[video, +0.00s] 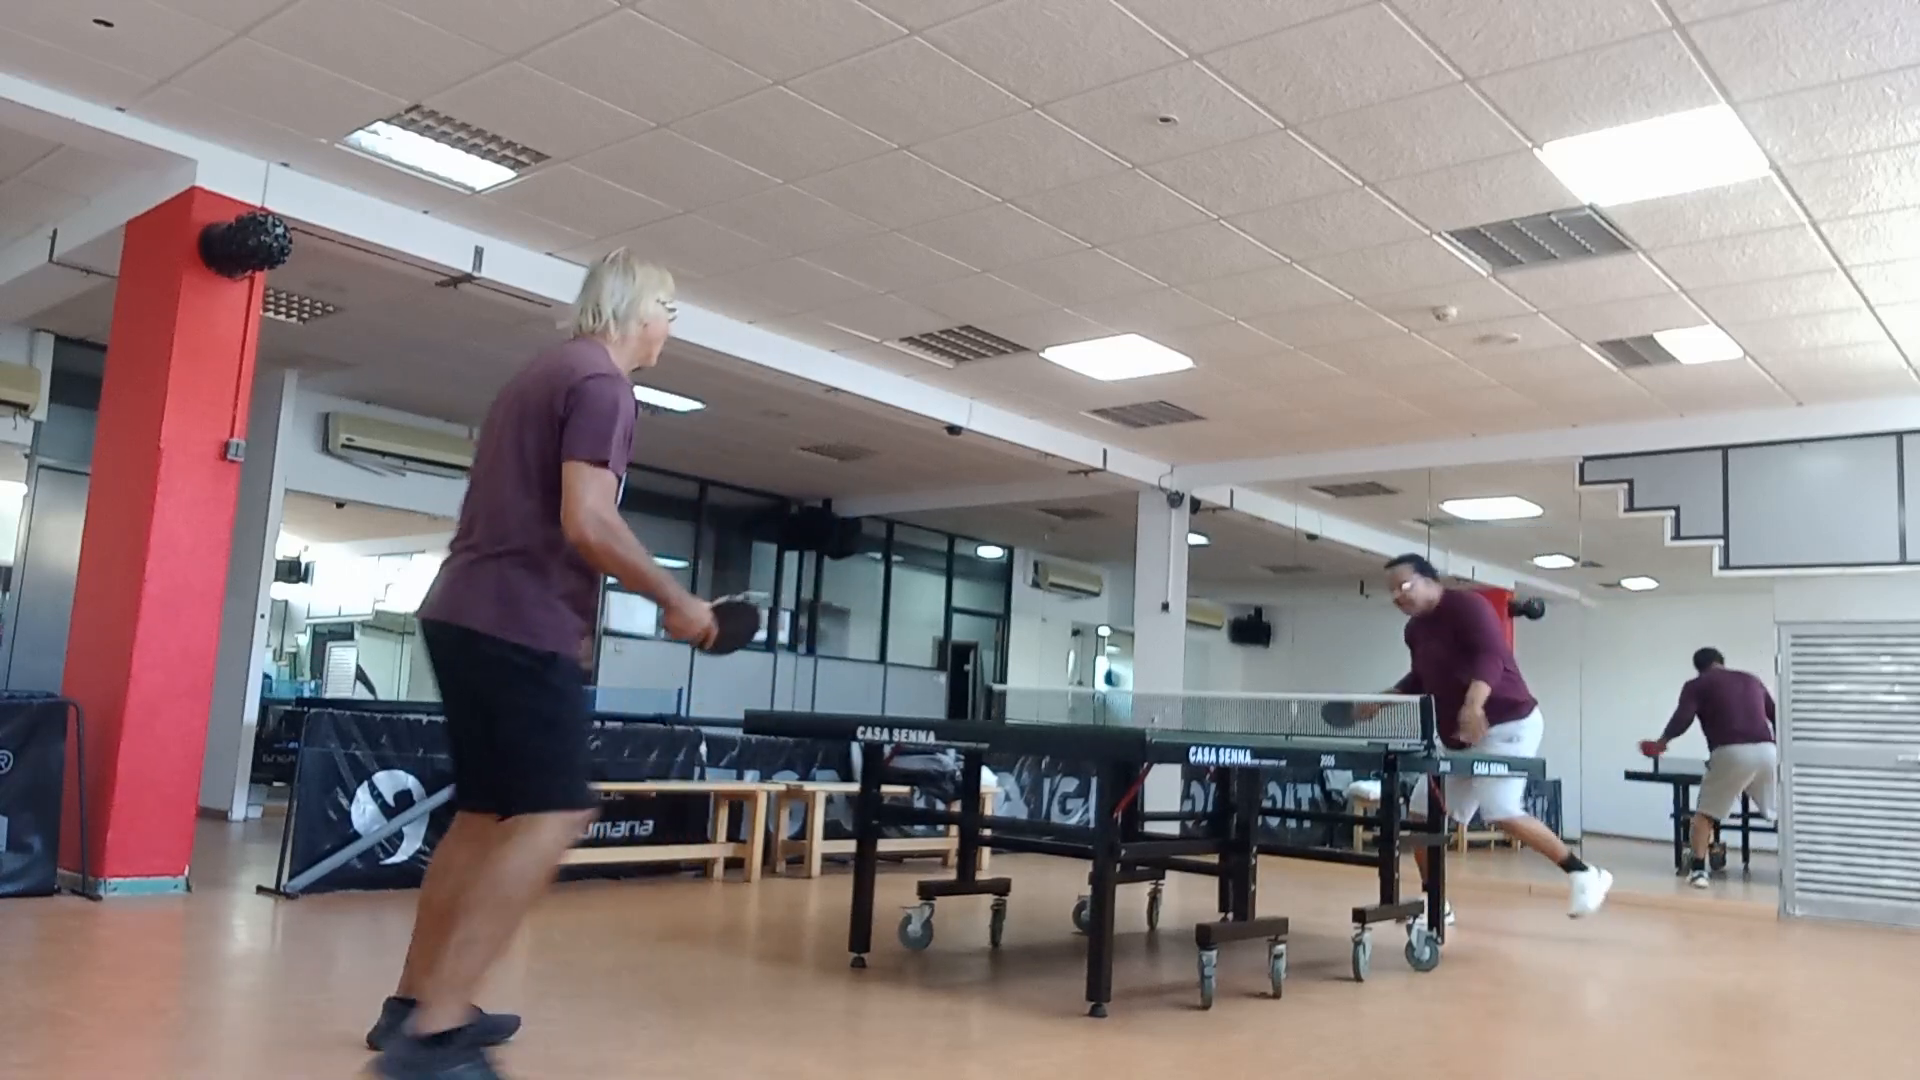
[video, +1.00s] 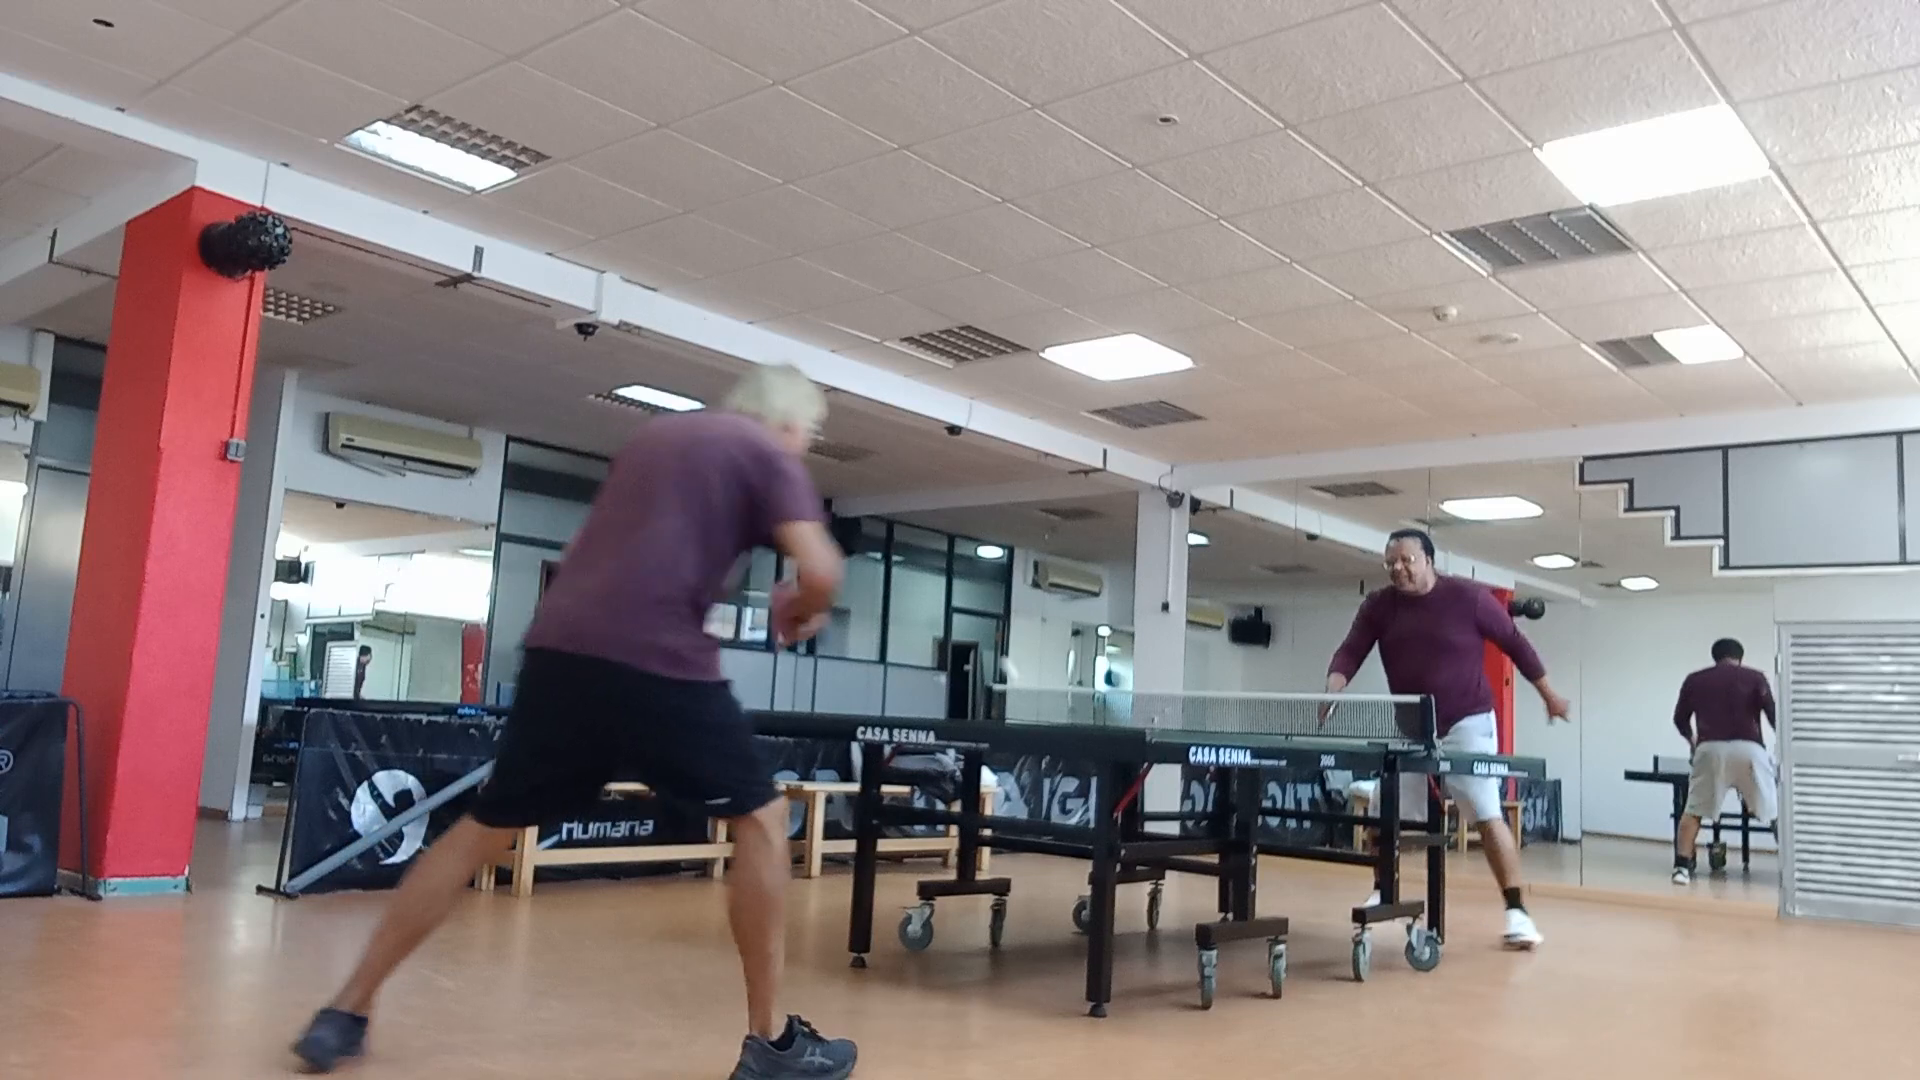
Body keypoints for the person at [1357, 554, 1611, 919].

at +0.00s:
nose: (1399, 596)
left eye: (1404, 586)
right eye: (1393, 591)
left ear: (1428, 579)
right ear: (1394, 594)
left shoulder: (1469, 605)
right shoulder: (1415, 630)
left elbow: (1491, 655)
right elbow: (1423, 678)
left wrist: (1472, 704)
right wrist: (1381, 702)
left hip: (1511, 724)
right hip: (1462, 738)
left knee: (1501, 809)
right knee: (1421, 819)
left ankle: (1583, 874)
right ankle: (1436, 905)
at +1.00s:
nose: (1400, 568)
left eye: (1408, 559)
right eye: (1393, 562)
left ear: (1428, 561)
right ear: (1387, 567)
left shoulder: (1469, 597)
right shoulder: (1379, 606)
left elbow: (1514, 641)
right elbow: (1351, 651)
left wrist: (1548, 692)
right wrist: (1333, 690)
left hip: (1467, 721)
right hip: (1410, 726)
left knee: (1485, 812)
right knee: (1384, 811)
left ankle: (1516, 912)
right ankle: (1384, 894)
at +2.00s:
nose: (1440, 591)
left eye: (1448, 582)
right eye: (1433, 584)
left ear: (1467, 577)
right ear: (1426, 584)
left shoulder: (1502, 610)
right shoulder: (1414, 620)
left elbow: (1542, 658)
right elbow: (1386, 675)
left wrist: (1545, 706)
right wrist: (1432, 710)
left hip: (1507, 733)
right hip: (1448, 739)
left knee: (1527, 819)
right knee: (1409, 820)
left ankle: (1567, 911)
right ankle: (1401, 896)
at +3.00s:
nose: (1450, 549)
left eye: (1458, 541)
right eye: (1448, 544)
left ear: (1485, 546)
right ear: (1453, 553)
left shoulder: (1519, 591)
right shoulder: (1452, 597)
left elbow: (1539, 646)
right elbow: (1453, 652)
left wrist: (1521, 694)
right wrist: (1427, 693)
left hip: (1515, 716)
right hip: (1466, 719)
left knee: (1516, 815)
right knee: (1455, 812)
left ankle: (1568, 909)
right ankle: (1462, 906)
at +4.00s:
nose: (1403, 598)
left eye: (1401, 590)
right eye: (1400, 591)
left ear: (1412, 580)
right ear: (1429, 575)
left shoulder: (1438, 597)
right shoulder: (1462, 592)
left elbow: (1442, 657)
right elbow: (1446, 654)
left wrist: (1428, 714)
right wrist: (1396, 653)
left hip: (1487, 702)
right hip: (1501, 699)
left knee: (1480, 801)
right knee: (1467, 806)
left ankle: (1534, 891)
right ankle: (1463, 900)